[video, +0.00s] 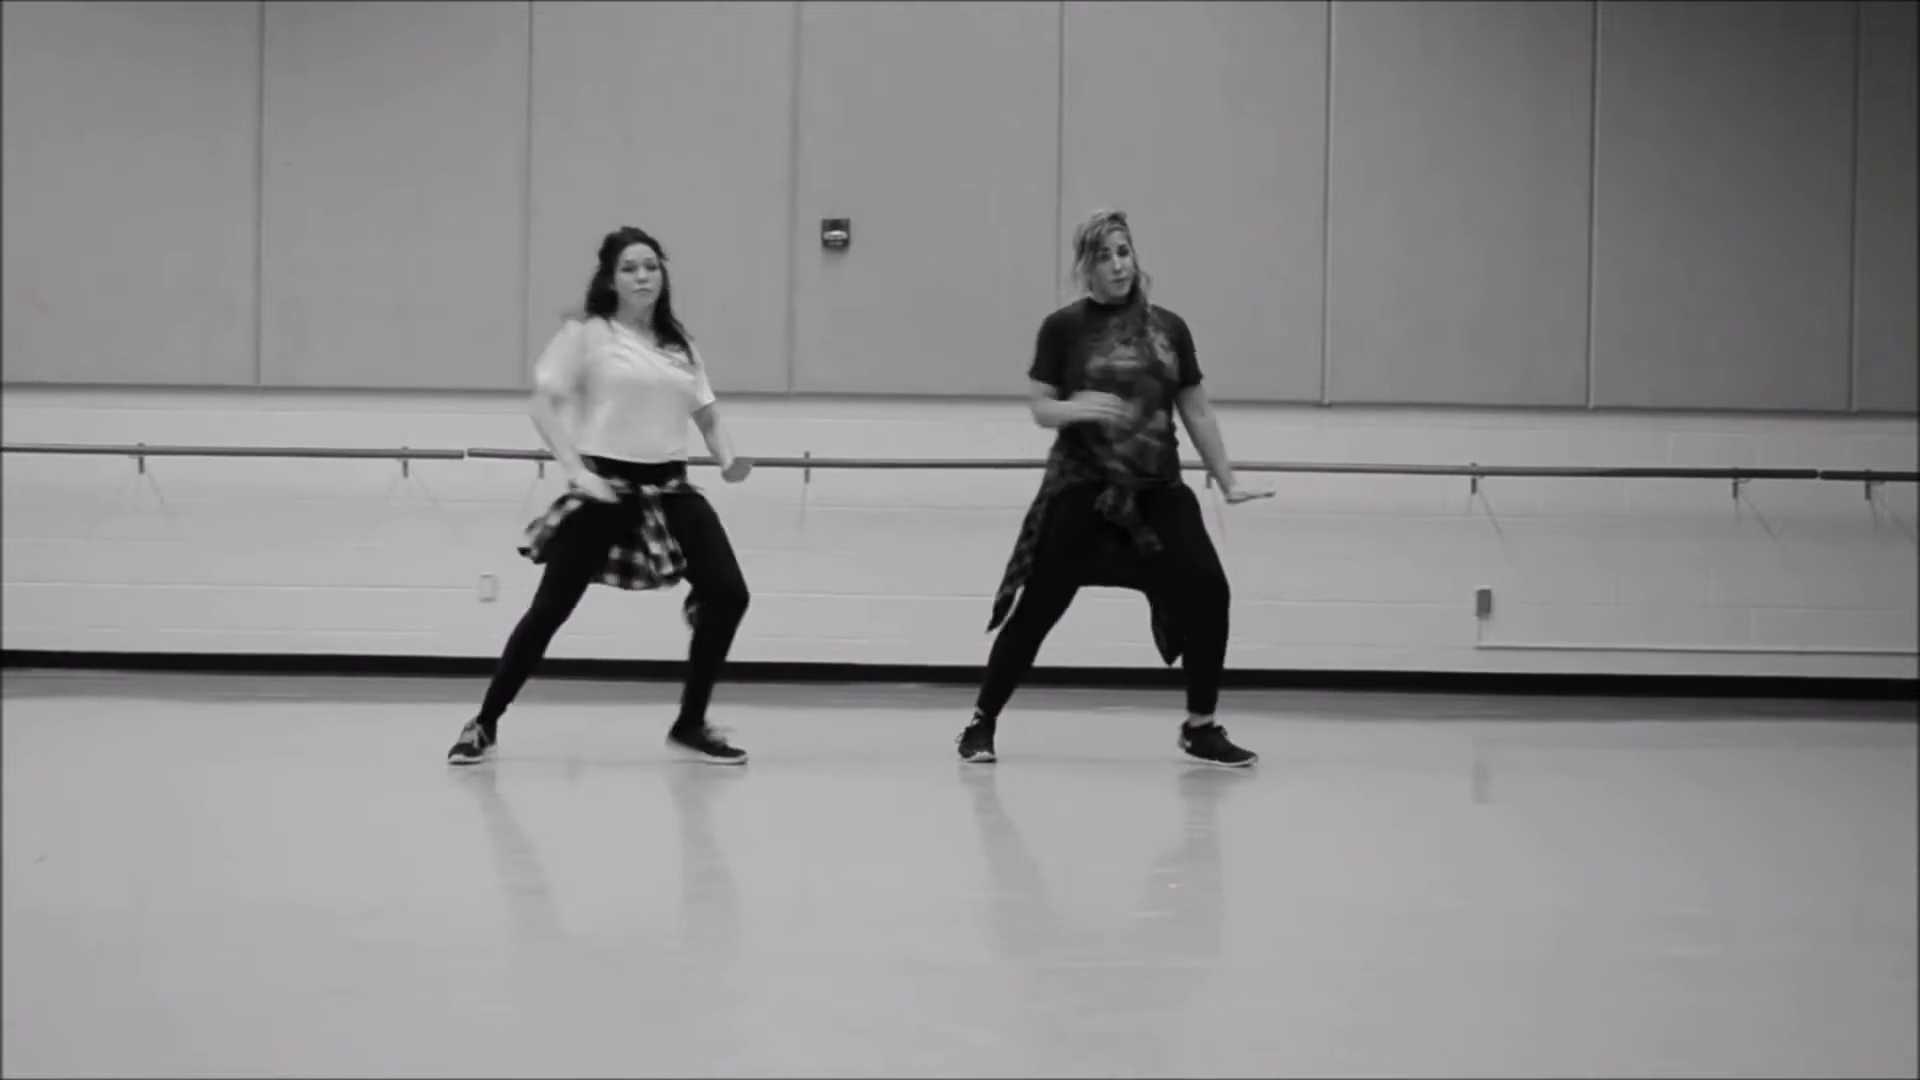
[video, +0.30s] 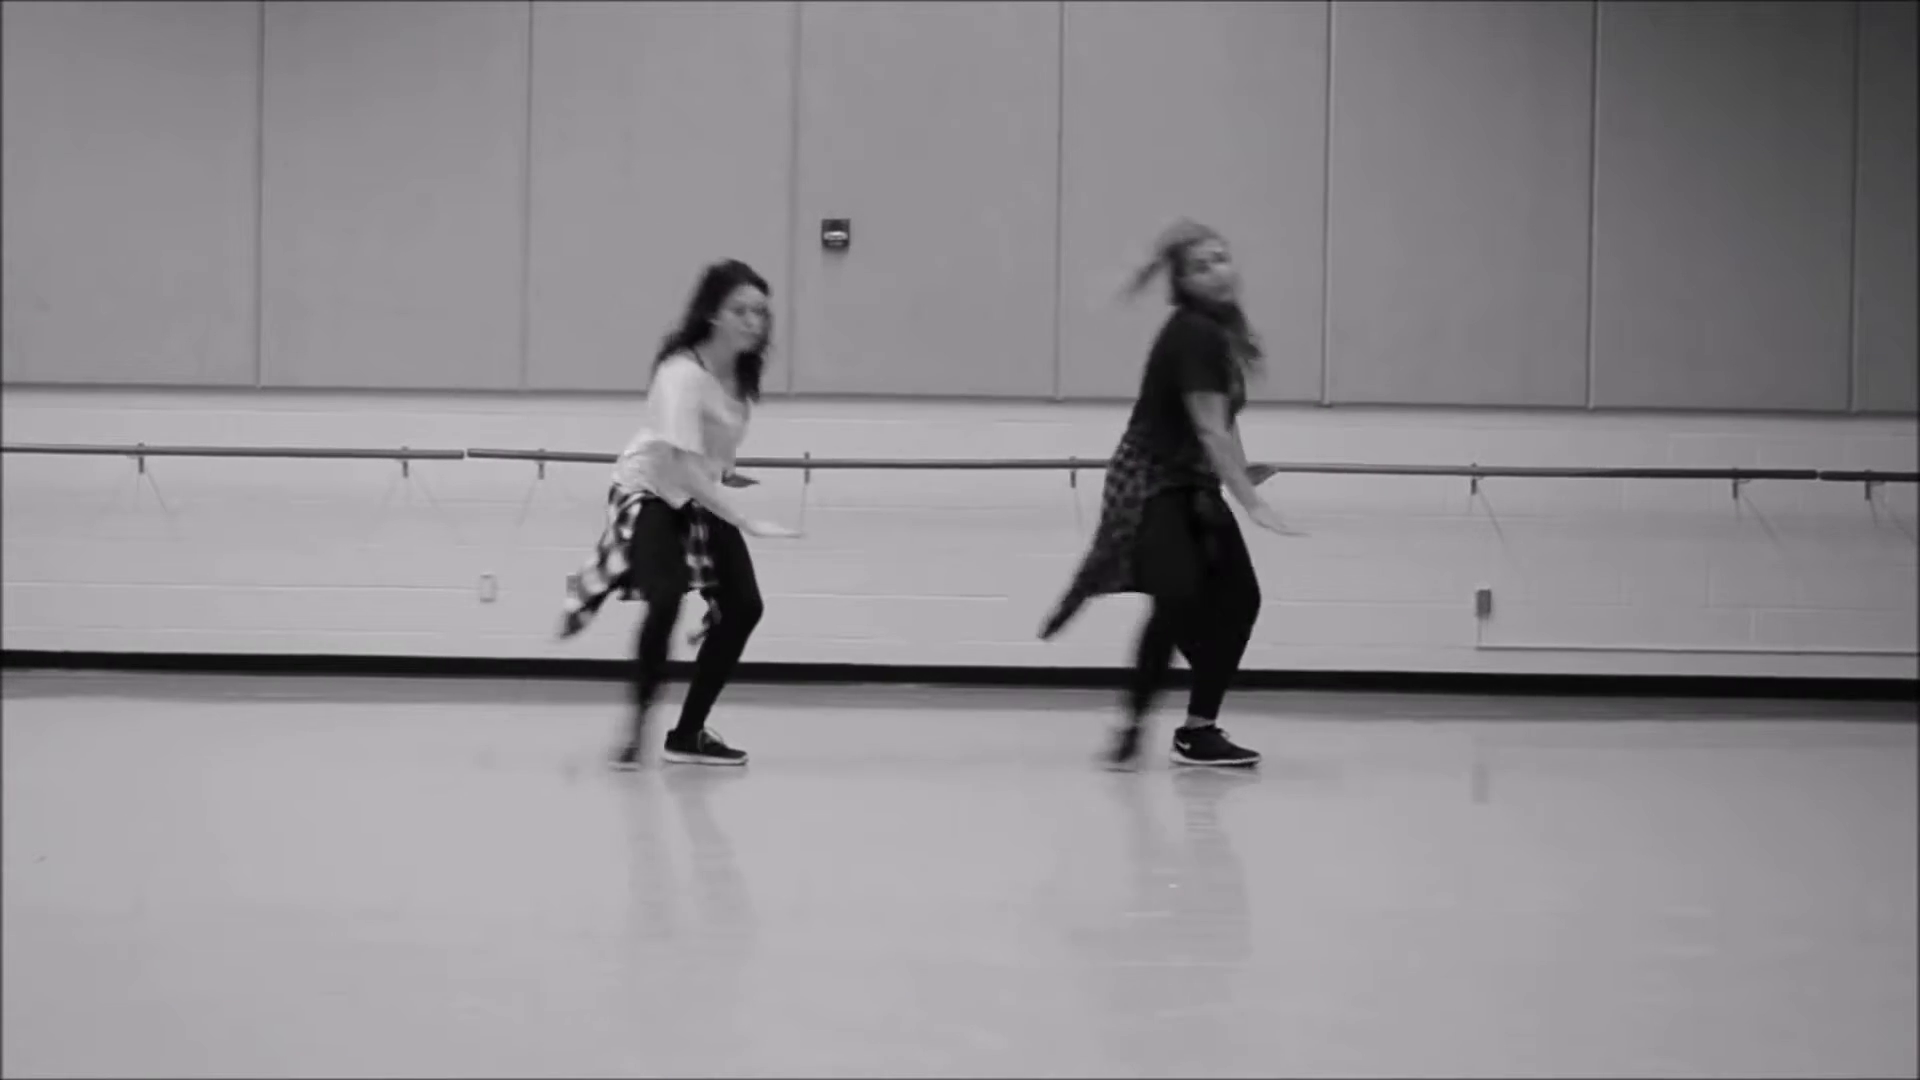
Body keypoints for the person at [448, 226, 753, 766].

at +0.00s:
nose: (643, 275)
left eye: (652, 267)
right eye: (630, 268)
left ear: (664, 277)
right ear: (610, 279)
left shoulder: (679, 347)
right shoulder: (584, 335)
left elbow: (707, 415)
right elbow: (541, 406)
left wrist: (726, 459)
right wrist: (577, 470)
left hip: (672, 492)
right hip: (602, 488)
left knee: (728, 596)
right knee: (549, 611)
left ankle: (690, 724)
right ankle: (484, 724)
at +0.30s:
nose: (754, 324)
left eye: (761, 314)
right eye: (742, 311)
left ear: (766, 322)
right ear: (711, 313)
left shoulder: (738, 378)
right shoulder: (681, 373)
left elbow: (703, 441)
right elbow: (682, 465)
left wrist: (722, 469)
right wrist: (743, 518)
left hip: (703, 501)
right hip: (651, 497)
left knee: (742, 607)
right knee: (666, 596)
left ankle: (689, 731)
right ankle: (636, 731)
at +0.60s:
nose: (823, 386)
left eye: (830, 375)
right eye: (812, 373)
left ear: (833, 376)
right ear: (781, 372)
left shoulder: (774, 419)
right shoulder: (752, 427)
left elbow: (712, 445)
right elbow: (786, 518)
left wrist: (723, 490)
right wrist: (858, 510)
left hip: (698, 507)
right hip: (658, 504)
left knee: (753, 609)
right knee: (732, 610)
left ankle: (688, 731)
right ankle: (787, 735)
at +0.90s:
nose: (805, 323)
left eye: (808, 313)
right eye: (797, 311)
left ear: (781, 315)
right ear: (766, 307)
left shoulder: (765, 371)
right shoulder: (719, 365)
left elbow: (733, 472)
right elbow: (766, 447)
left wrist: (777, 466)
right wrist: (828, 498)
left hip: (730, 514)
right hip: (693, 510)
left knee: (764, 631)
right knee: (756, 608)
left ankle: (688, 733)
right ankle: (794, 728)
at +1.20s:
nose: (719, 263)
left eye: (708, 260)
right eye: (704, 267)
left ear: (710, 292)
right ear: (695, 298)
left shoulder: (735, 344)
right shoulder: (715, 346)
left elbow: (757, 420)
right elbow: (762, 420)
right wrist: (817, 467)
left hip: (741, 501)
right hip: (715, 501)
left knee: (765, 629)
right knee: (772, 610)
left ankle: (688, 733)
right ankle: (799, 726)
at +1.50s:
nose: (747, 255)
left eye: (742, 249)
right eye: (732, 254)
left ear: (735, 276)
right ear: (712, 279)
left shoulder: (743, 329)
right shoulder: (732, 332)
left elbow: (744, 413)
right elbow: (800, 376)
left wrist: (787, 445)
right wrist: (864, 406)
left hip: (743, 491)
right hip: (720, 492)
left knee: (747, 616)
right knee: (775, 608)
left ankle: (686, 732)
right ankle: (815, 738)